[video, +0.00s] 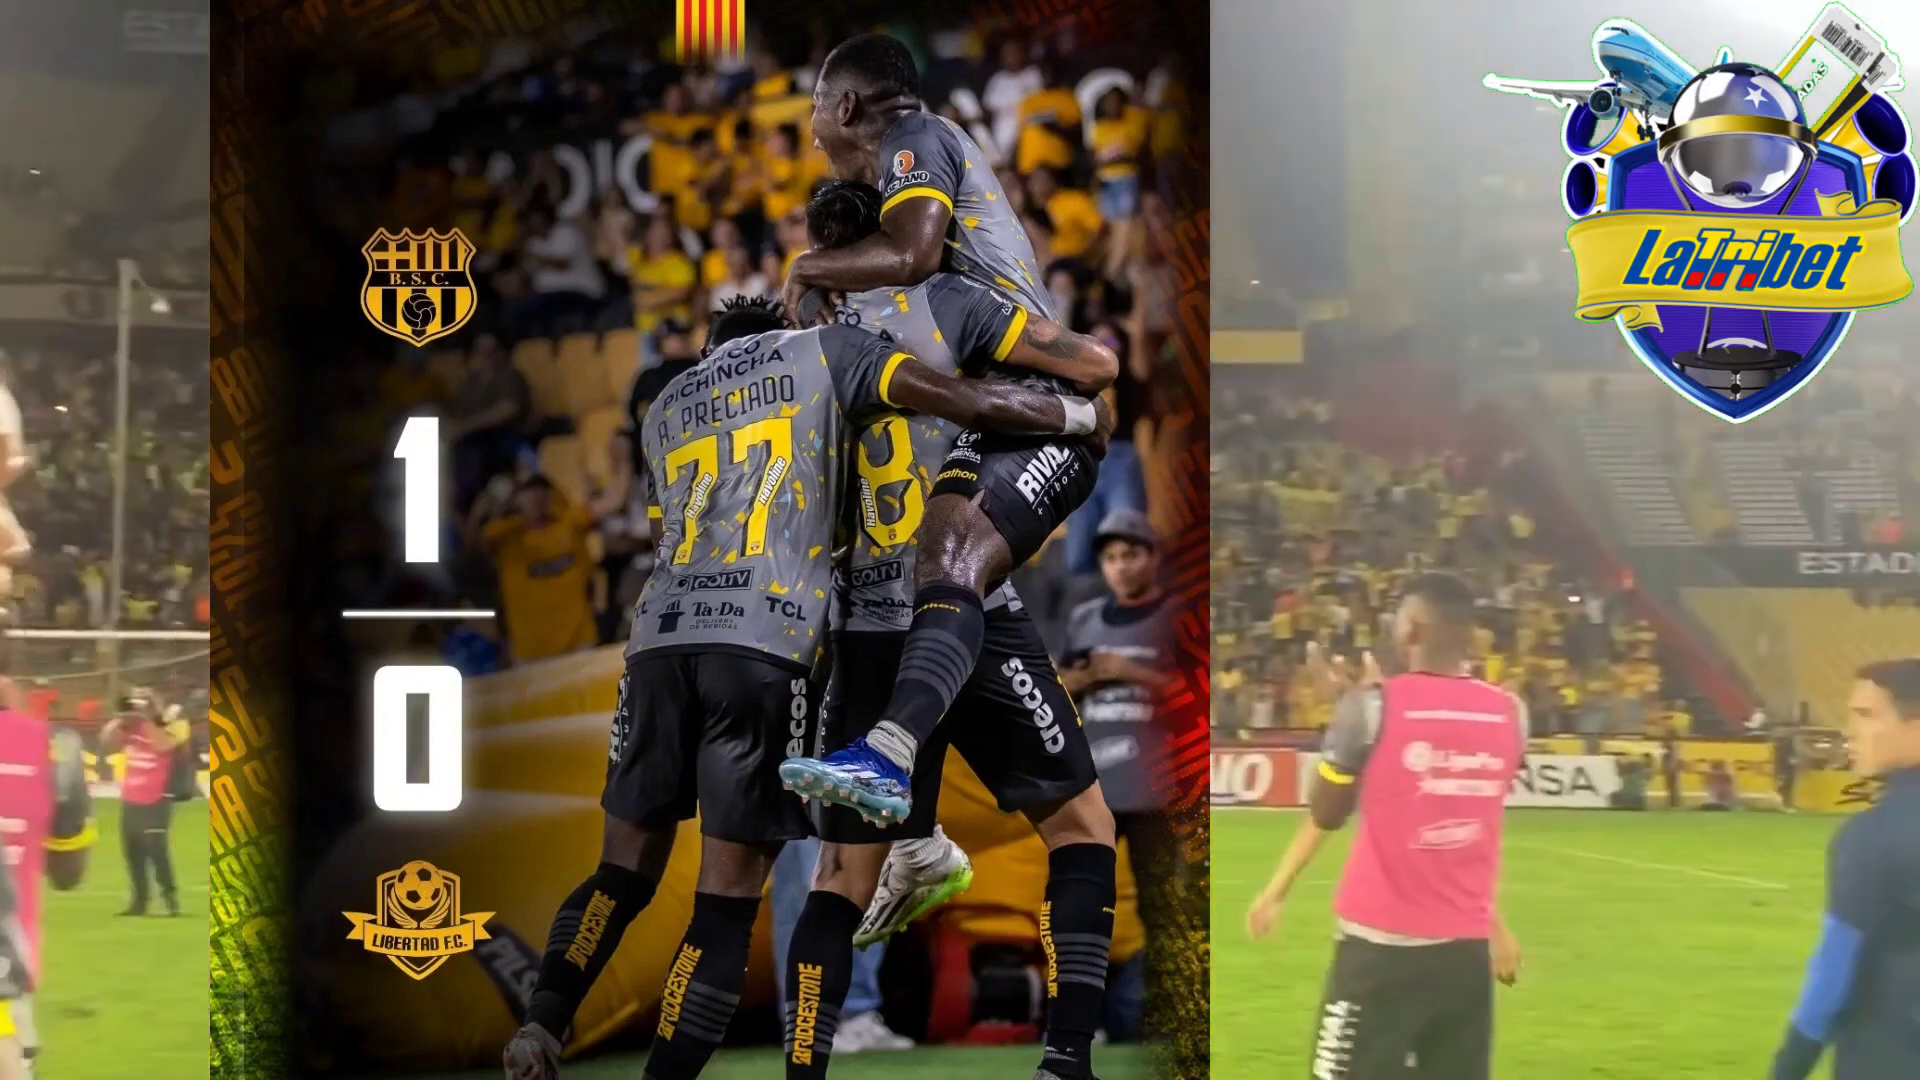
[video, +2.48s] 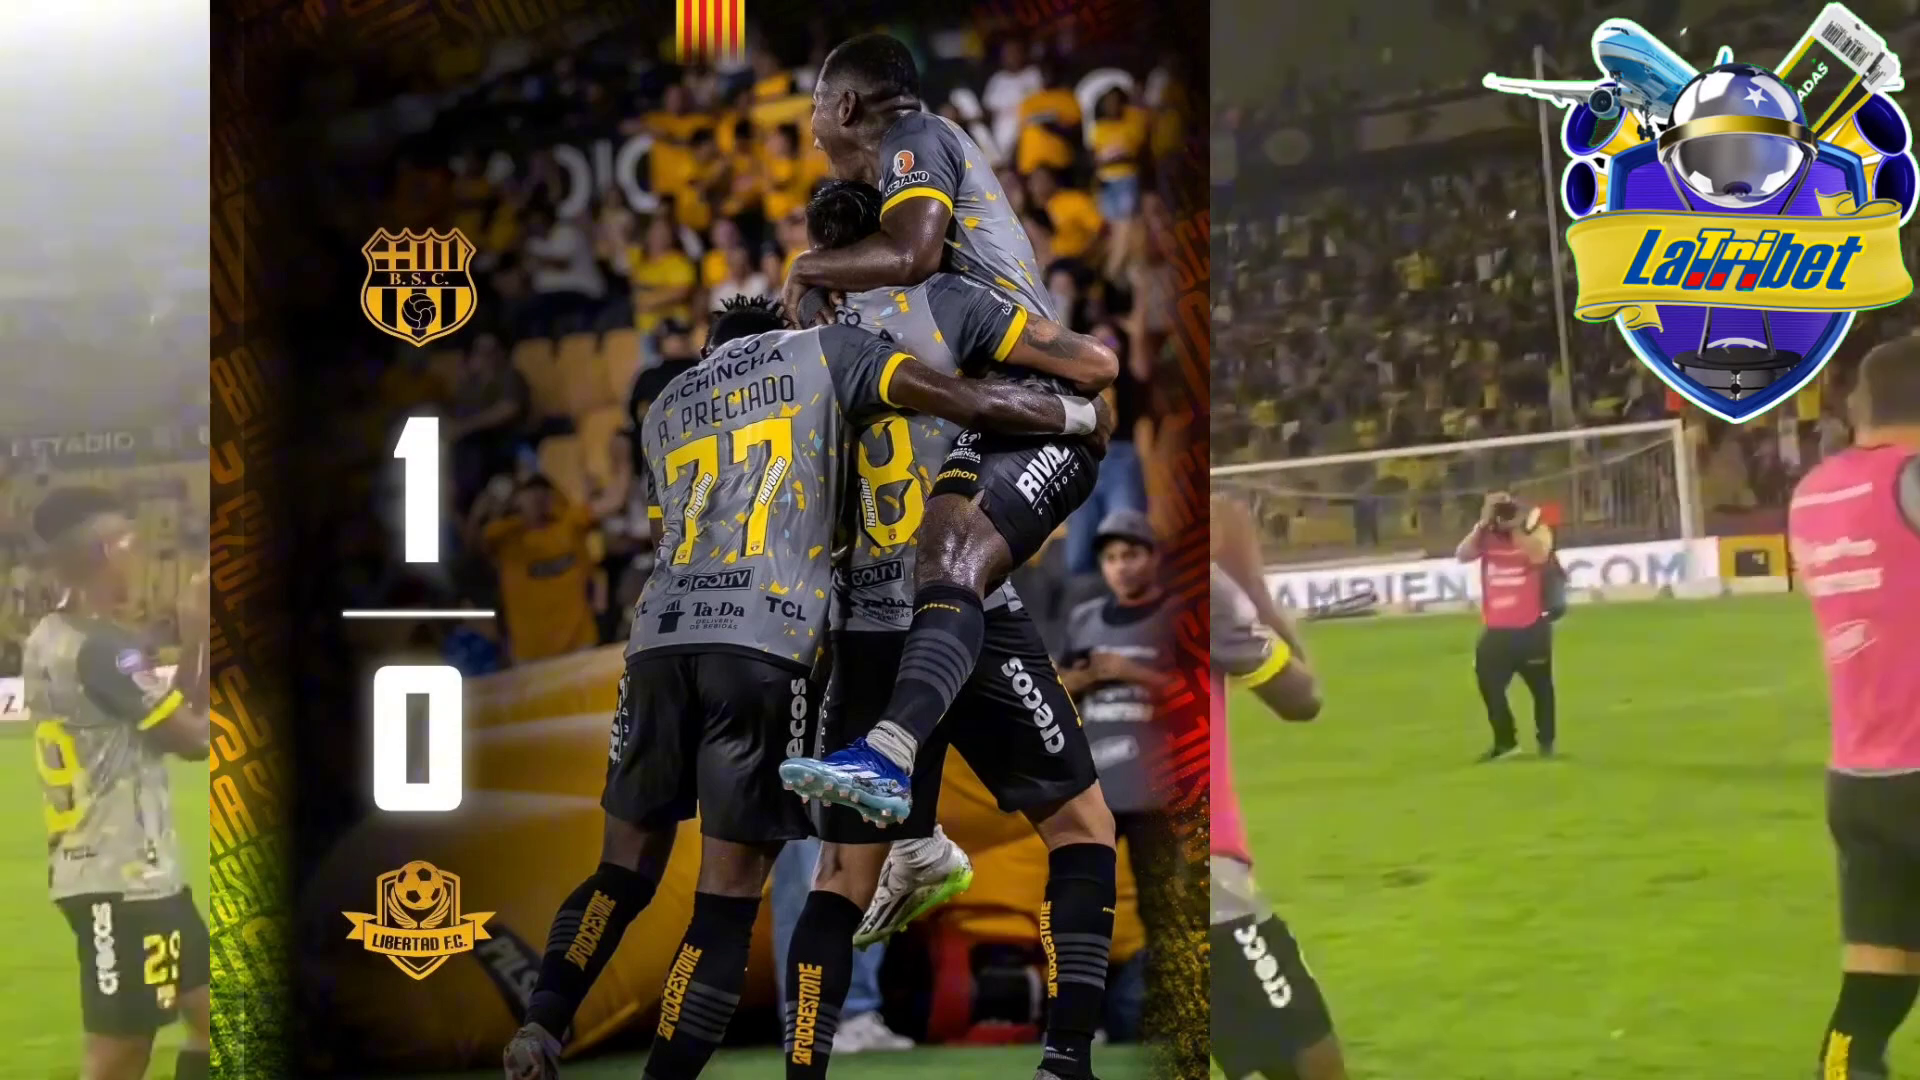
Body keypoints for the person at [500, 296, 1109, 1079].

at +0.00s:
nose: (828, 325)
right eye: (816, 318)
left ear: (708, 345)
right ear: (790, 323)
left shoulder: (660, 407)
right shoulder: (830, 348)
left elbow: (679, 522)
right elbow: (973, 400)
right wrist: (1089, 417)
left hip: (657, 648)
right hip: (762, 648)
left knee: (623, 865)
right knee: (728, 892)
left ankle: (542, 1027)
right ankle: (667, 1075)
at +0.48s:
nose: (828, 325)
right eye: (816, 318)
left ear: (708, 345)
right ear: (790, 323)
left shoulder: (660, 407)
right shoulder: (830, 348)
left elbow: (679, 522)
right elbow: (973, 400)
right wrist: (1089, 417)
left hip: (657, 648)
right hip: (762, 648)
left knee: (623, 865)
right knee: (728, 892)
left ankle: (542, 1027)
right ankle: (667, 1075)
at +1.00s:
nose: (826, 326)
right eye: (814, 319)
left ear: (709, 346)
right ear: (792, 324)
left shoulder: (660, 405)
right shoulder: (830, 348)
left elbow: (680, 521)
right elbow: (970, 400)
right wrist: (1088, 417)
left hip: (657, 648)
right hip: (762, 649)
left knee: (623, 865)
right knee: (727, 892)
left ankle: (542, 1028)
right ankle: (667, 1075)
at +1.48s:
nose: (826, 326)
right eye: (814, 319)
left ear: (709, 346)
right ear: (792, 324)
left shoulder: (660, 405)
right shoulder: (830, 348)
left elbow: (680, 521)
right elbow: (970, 400)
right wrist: (1088, 417)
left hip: (657, 648)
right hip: (762, 649)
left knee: (623, 865)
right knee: (727, 892)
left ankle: (542, 1028)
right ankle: (667, 1075)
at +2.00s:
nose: (826, 325)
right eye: (814, 319)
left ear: (710, 345)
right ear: (793, 324)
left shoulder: (661, 406)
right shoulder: (829, 348)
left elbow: (682, 519)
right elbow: (970, 399)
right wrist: (1086, 418)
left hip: (657, 648)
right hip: (762, 649)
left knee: (623, 865)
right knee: (727, 892)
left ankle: (542, 1027)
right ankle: (667, 1075)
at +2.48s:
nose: (827, 325)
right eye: (815, 319)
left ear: (709, 346)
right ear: (791, 324)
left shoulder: (660, 405)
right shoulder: (830, 348)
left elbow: (681, 518)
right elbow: (971, 400)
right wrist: (1088, 416)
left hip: (657, 648)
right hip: (762, 648)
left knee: (623, 865)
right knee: (728, 890)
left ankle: (543, 1027)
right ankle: (668, 1074)